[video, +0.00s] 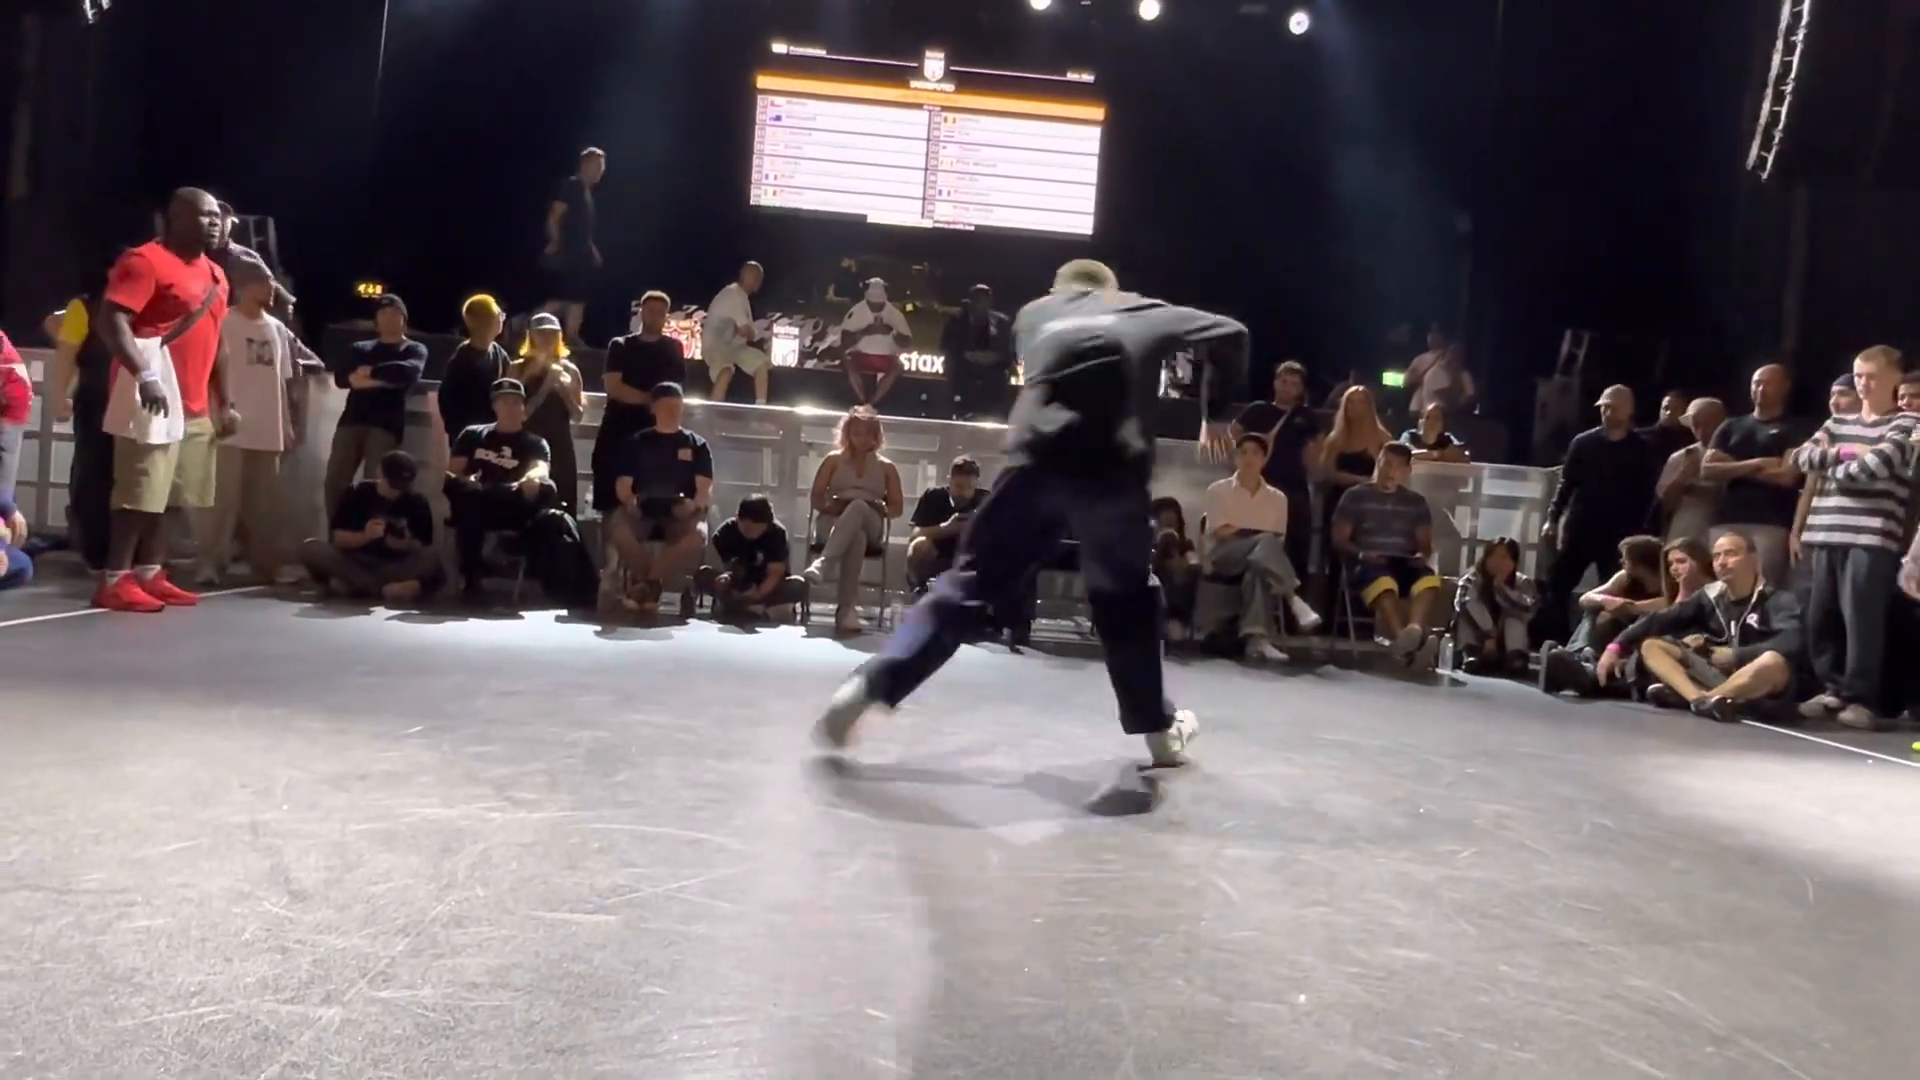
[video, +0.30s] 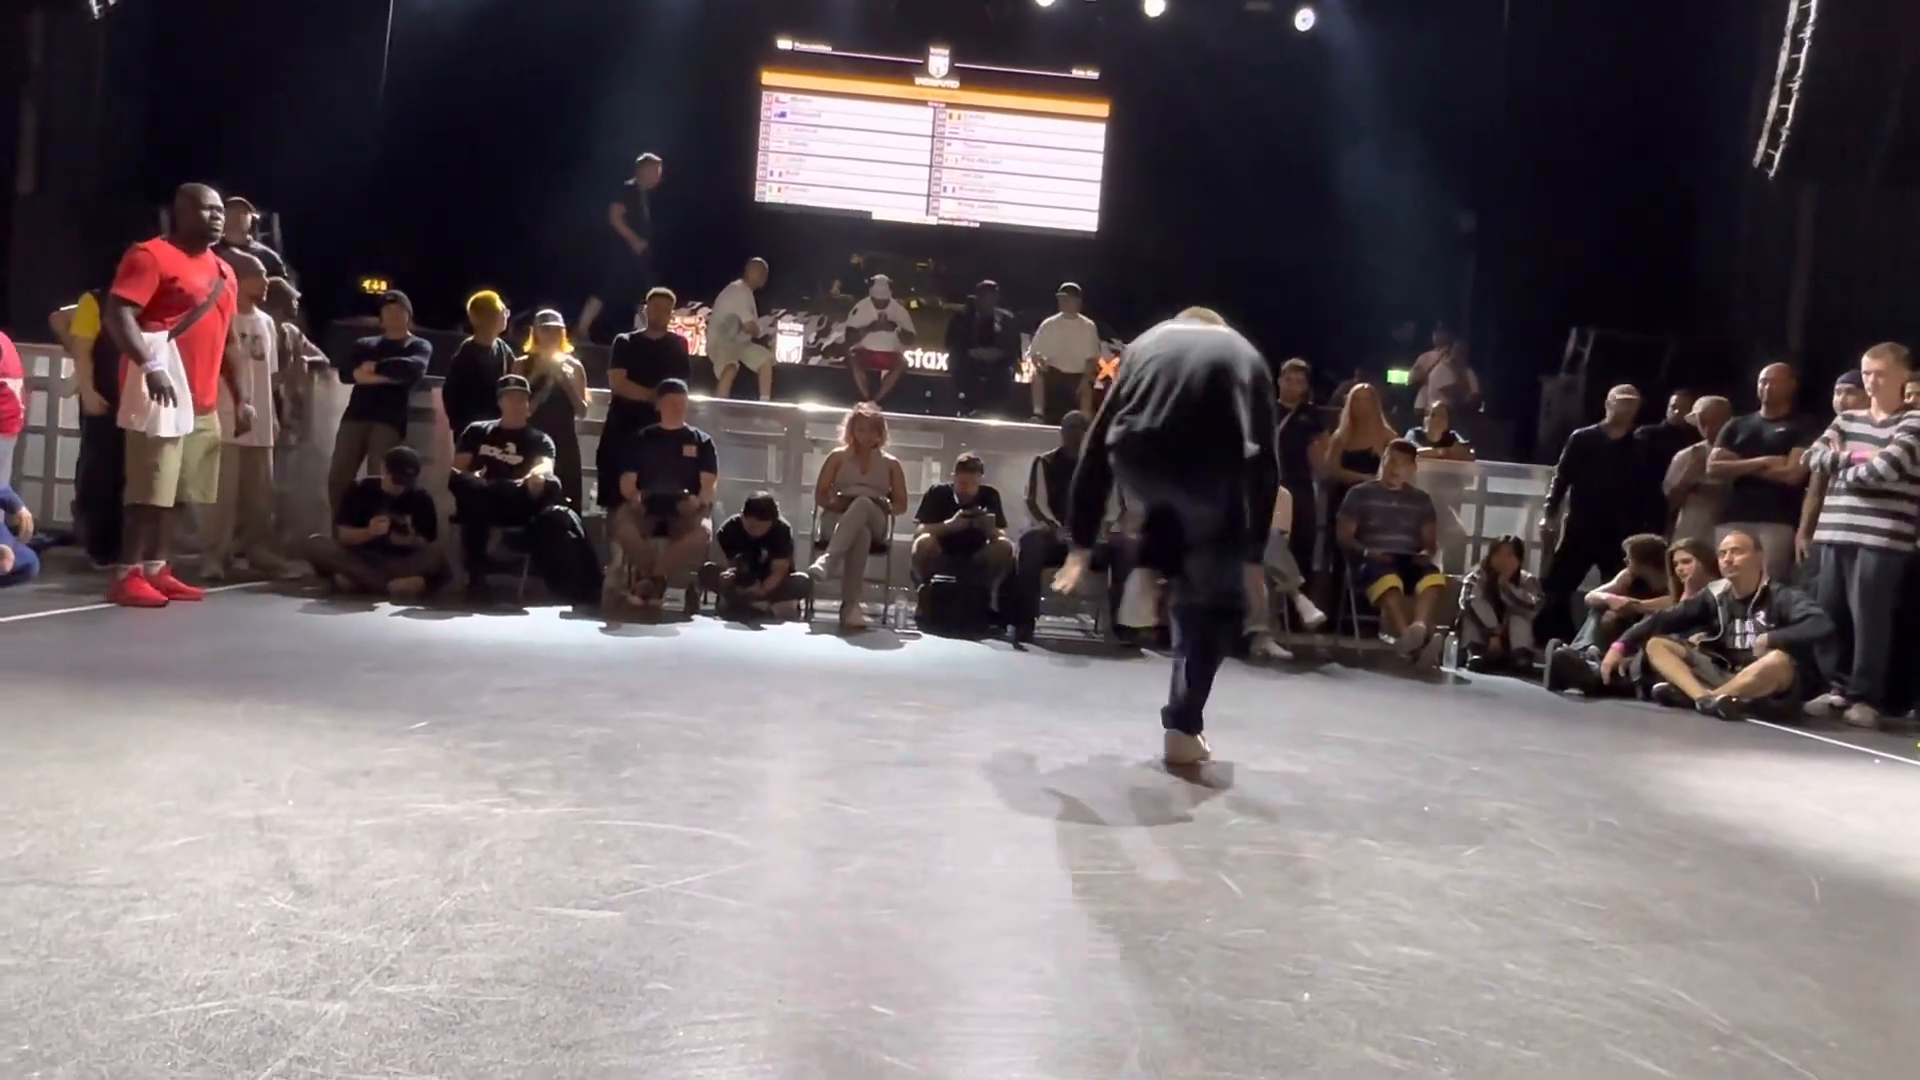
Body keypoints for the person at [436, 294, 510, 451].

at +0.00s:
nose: (503, 317)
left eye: (500, 312)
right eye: (498, 314)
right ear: (484, 322)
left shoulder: (500, 355)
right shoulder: (461, 360)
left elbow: (504, 392)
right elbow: (445, 396)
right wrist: (455, 432)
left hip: (493, 431)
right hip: (465, 434)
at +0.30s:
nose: (508, 313)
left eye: (505, 309)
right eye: (502, 310)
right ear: (489, 317)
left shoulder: (503, 350)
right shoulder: (463, 358)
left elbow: (508, 388)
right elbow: (449, 393)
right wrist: (460, 429)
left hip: (497, 428)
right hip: (468, 430)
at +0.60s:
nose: (509, 308)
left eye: (506, 304)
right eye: (504, 305)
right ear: (491, 314)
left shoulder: (507, 347)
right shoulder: (468, 352)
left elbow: (513, 383)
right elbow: (454, 387)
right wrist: (462, 422)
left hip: (502, 424)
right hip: (473, 426)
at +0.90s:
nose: (513, 306)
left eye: (510, 301)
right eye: (507, 303)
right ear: (492, 311)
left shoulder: (509, 344)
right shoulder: (469, 351)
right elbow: (456, 386)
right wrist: (466, 422)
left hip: (504, 421)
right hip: (475, 424)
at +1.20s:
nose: (513, 303)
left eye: (511, 299)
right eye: (508, 300)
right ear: (495, 307)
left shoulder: (511, 342)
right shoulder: (472, 347)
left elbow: (517, 378)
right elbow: (459, 382)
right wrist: (468, 416)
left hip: (505, 416)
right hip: (477, 419)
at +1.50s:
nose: (514, 302)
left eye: (512, 298)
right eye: (509, 299)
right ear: (495, 307)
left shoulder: (513, 341)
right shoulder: (474, 345)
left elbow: (518, 379)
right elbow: (461, 382)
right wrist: (470, 416)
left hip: (507, 417)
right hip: (479, 419)